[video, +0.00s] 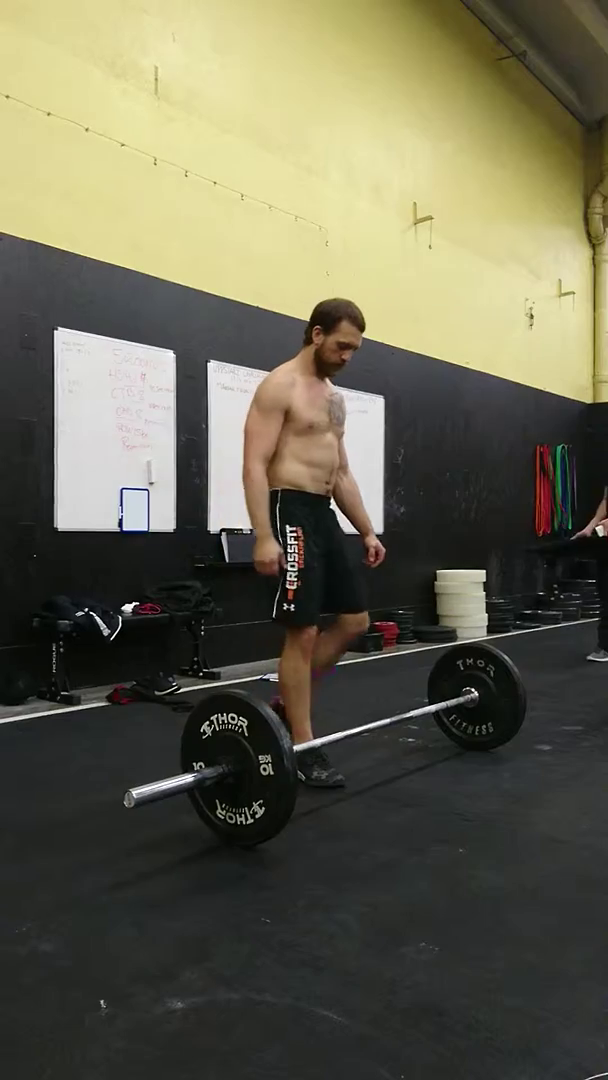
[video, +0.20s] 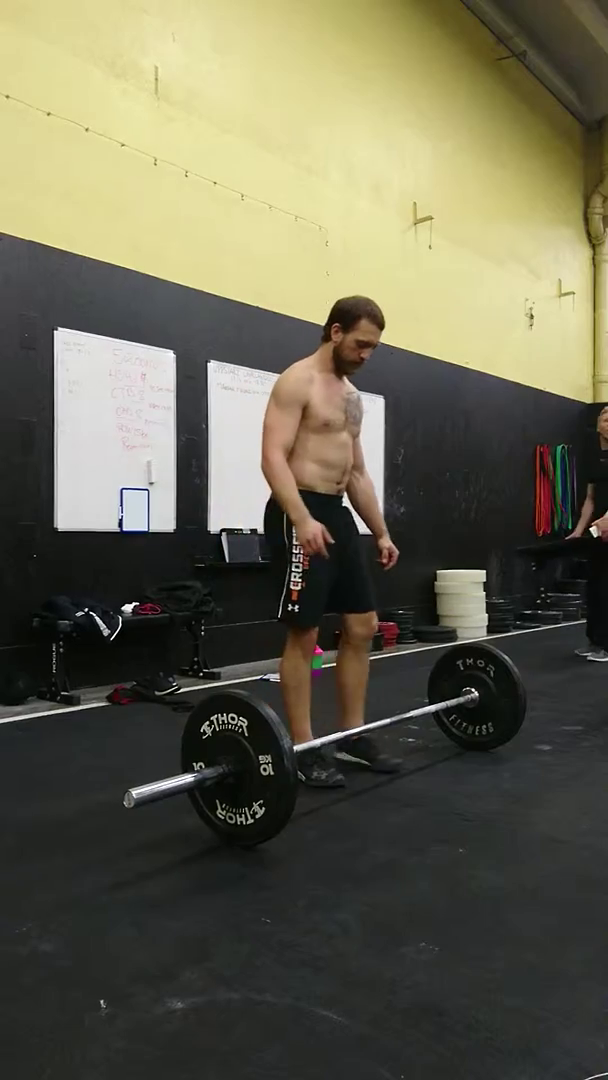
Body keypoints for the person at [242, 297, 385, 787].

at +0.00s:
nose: (347, 356)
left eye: (353, 349)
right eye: (342, 346)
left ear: (353, 346)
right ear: (315, 335)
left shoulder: (333, 397)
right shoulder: (279, 384)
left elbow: (339, 473)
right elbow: (254, 463)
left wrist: (366, 531)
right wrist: (263, 535)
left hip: (324, 515)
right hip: (289, 512)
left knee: (352, 621)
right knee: (302, 635)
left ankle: (284, 696)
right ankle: (304, 748)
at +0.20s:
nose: (365, 355)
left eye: (372, 347)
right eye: (360, 344)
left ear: (372, 344)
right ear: (334, 333)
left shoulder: (351, 396)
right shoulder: (296, 381)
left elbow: (355, 472)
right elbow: (272, 456)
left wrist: (380, 531)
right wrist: (301, 519)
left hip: (339, 515)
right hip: (298, 515)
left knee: (362, 627)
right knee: (304, 636)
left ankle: (352, 737)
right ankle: (303, 749)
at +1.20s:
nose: (402, 353)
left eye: (408, 345)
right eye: (397, 342)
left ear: (402, 339)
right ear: (370, 327)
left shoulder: (389, 389)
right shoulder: (326, 377)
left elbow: (390, 468)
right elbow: (306, 459)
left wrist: (406, 534)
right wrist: (327, 528)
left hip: (369, 517)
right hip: (328, 516)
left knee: (367, 639)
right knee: (327, 641)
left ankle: (371, 747)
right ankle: (316, 764)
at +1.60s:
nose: (402, 351)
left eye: (408, 344)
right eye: (398, 340)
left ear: (404, 338)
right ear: (370, 326)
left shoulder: (389, 389)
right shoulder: (325, 377)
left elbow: (395, 467)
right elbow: (303, 460)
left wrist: (421, 528)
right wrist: (303, 539)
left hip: (370, 515)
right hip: (330, 511)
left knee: (368, 638)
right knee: (332, 639)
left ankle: (372, 748)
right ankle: (319, 764)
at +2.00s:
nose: (398, 346)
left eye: (405, 338)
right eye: (393, 336)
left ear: (402, 334)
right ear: (365, 323)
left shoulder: (389, 385)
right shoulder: (324, 374)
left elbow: (389, 464)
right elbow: (289, 454)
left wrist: (402, 529)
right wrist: (309, 524)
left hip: (373, 515)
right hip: (333, 515)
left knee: (369, 639)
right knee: (329, 640)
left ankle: (372, 746)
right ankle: (319, 761)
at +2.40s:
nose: (403, 345)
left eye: (409, 337)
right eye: (398, 334)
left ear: (405, 334)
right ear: (368, 322)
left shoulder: (392, 385)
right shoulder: (330, 374)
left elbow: (396, 465)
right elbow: (297, 456)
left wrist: (418, 524)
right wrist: (304, 534)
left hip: (375, 514)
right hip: (336, 511)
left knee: (371, 637)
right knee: (332, 639)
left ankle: (371, 747)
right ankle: (318, 763)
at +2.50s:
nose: (407, 345)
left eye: (413, 337)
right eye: (402, 334)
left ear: (410, 333)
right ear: (372, 321)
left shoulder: (395, 385)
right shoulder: (333, 374)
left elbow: (398, 467)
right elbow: (300, 458)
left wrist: (419, 527)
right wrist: (306, 536)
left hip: (376, 515)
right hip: (336, 511)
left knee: (371, 636)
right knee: (333, 639)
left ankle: (371, 746)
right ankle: (318, 763)